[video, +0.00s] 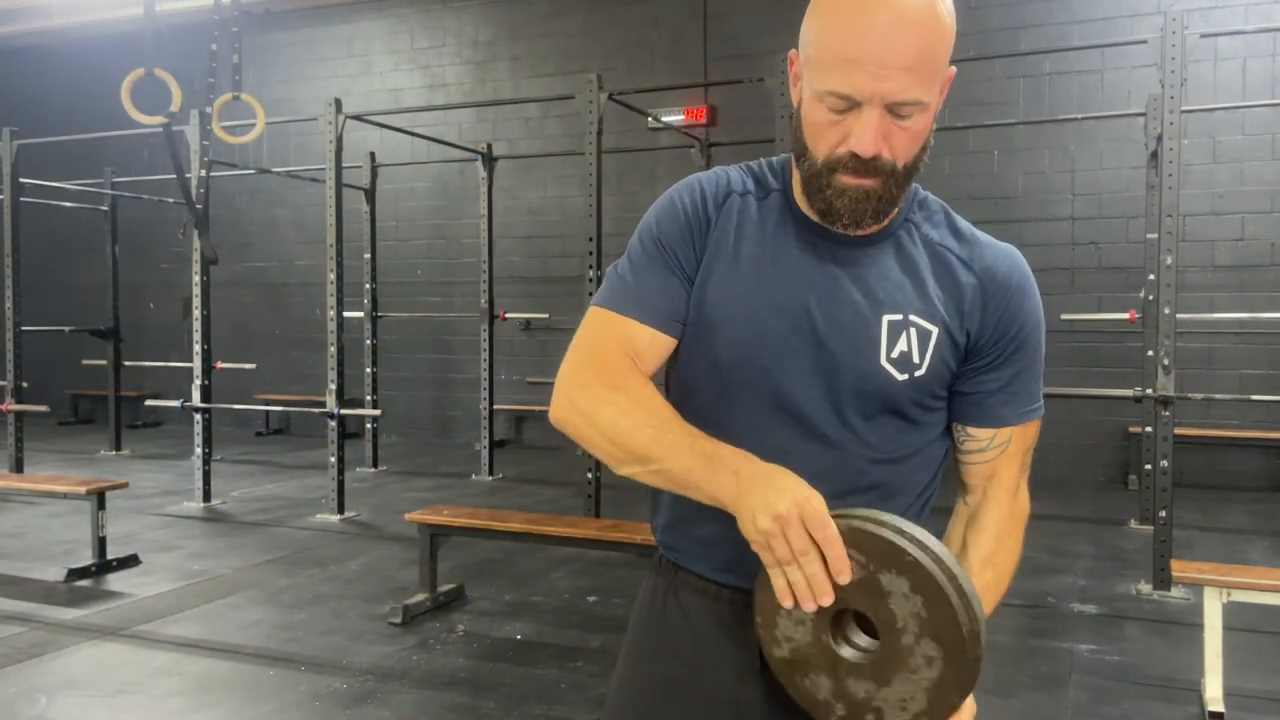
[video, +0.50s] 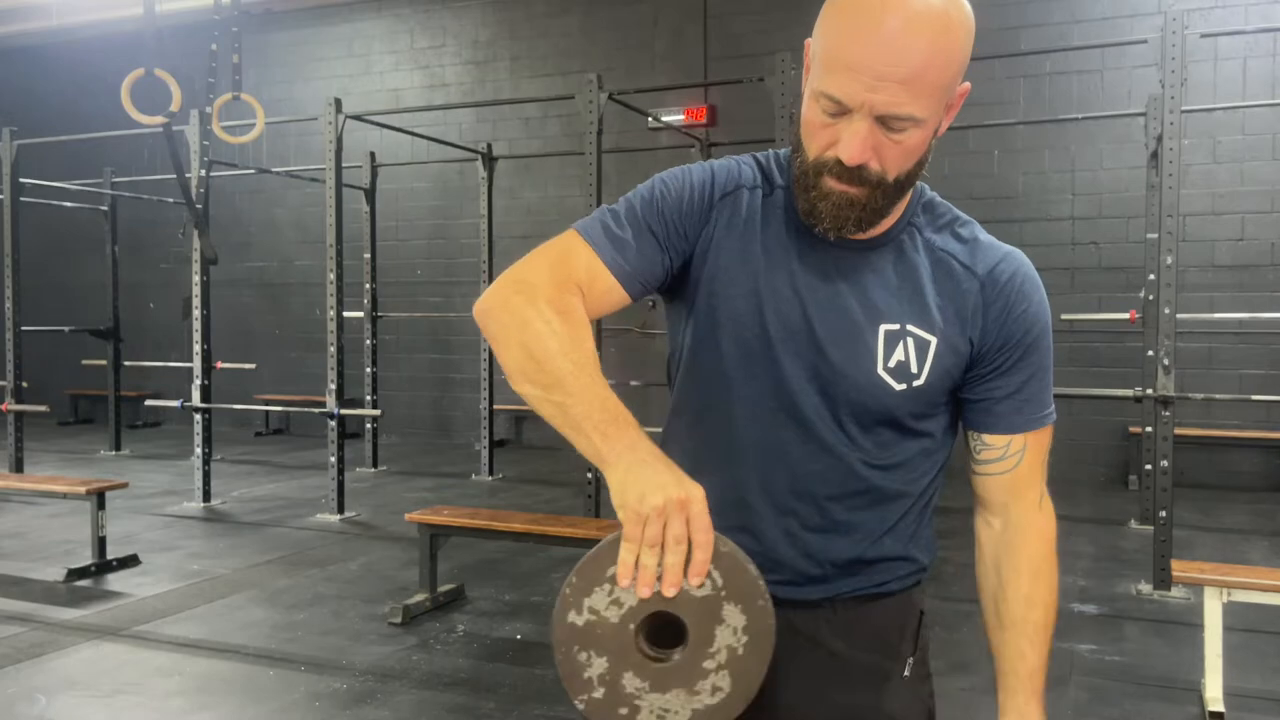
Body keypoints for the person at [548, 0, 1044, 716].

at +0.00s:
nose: (867, 143)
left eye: (901, 111)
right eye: (840, 105)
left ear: (941, 99)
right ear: (795, 79)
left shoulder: (989, 283)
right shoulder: (700, 217)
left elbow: (995, 491)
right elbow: (587, 390)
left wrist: (938, 659)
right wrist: (742, 479)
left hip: (871, 648)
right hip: (693, 627)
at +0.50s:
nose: (851, 152)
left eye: (893, 124)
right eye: (833, 107)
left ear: (950, 112)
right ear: (803, 67)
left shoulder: (993, 290)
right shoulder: (703, 207)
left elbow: (1013, 511)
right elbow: (518, 304)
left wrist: (1022, 705)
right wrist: (631, 460)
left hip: (863, 644)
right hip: (691, 627)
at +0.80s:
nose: (835, 141)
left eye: (871, 112)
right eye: (813, 98)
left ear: (912, 100)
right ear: (771, 65)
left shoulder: (947, 273)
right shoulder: (662, 221)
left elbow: (979, 469)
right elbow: (489, 355)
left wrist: (1026, 667)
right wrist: (546, 535)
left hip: (845, 637)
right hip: (662, 624)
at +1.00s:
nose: (774, 158)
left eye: (806, 131)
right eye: (753, 117)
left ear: (831, 127)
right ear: (701, 84)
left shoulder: (846, 270)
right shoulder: (589, 242)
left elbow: (869, 437)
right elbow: (462, 428)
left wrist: (933, 607)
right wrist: (505, 623)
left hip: (788, 627)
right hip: (620, 626)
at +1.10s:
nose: (741, 168)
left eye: (772, 140)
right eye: (720, 127)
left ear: (797, 132)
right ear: (666, 88)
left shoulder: (801, 265)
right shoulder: (556, 246)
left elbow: (810, 421)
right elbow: (450, 443)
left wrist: (871, 585)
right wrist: (490, 647)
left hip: (755, 619)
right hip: (594, 624)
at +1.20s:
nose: (725, 172)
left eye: (755, 147)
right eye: (706, 133)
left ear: (780, 135)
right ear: (651, 92)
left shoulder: (761, 257)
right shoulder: (535, 249)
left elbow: (763, 413)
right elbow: (444, 464)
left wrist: (810, 565)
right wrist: (483, 667)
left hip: (730, 609)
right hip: (576, 620)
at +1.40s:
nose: (753, 181)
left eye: (769, 156)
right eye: (739, 145)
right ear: (664, 103)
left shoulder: (701, 244)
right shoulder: (536, 253)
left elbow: (679, 411)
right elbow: (452, 466)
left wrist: (716, 535)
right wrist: (492, 676)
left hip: (688, 593)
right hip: (568, 613)